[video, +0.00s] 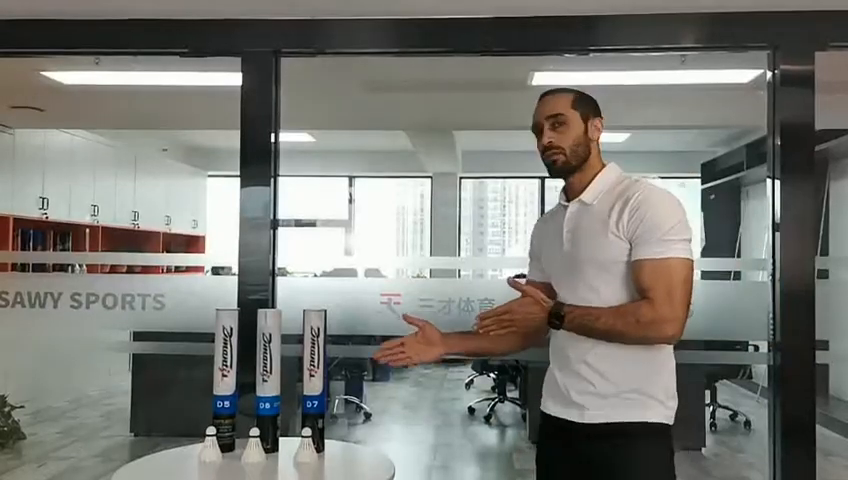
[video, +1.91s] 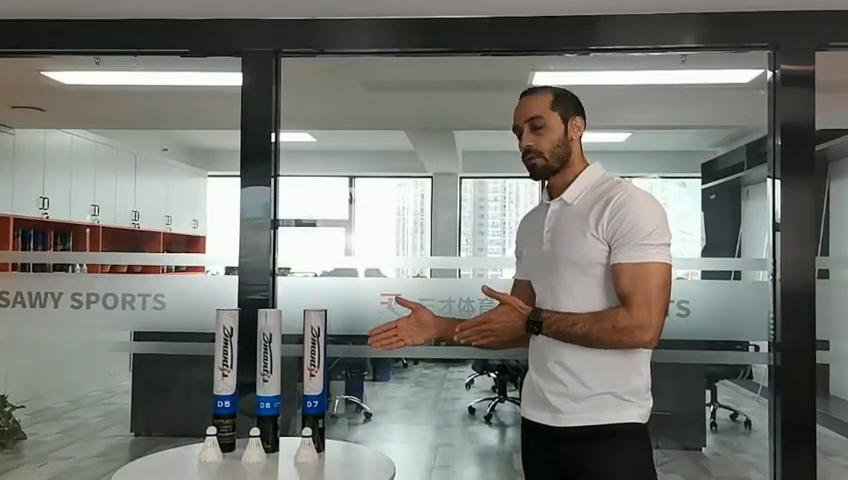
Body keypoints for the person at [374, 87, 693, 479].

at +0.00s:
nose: (545, 140)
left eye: (557, 124)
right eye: (538, 132)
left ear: (595, 128)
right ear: (535, 142)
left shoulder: (650, 205)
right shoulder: (546, 227)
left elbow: (665, 321)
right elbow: (532, 328)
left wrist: (555, 314)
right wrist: (445, 343)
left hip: (633, 425)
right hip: (560, 420)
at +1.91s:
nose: (524, 143)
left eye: (537, 127)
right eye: (519, 134)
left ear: (576, 128)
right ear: (518, 140)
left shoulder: (630, 207)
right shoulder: (532, 224)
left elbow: (642, 327)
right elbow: (521, 325)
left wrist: (534, 322)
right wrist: (441, 327)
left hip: (609, 427)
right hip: (541, 424)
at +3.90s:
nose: (494, 169)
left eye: (502, 151)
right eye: (490, 155)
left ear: (543, 135)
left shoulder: (621, 206)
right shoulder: (510, 224)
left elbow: (659, 327)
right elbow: (494, 324)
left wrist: (544, 321)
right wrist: (404, 342)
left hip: (618, 432)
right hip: (541, 431)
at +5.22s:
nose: (469, 158)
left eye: (479, 143)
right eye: (469, 146)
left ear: (523, 140)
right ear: (513, 143)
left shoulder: (606, 201)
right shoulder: (504, 241)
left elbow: (668, 313)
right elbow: (446, 323)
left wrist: (548, 331)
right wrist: (343, 361)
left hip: (640, 444)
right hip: (555, 440)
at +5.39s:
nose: (426, 179)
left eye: (435, 163)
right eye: (425, 166)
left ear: (479, 159)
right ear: (463, 165)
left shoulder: (562, 213)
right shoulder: (458, 262)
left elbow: (634, 315)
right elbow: (377, 334)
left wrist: (521, 341)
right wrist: (280, 380)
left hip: (619, 449)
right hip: (534, 449)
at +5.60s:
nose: (415, 175)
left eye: (428, 160)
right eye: (405, 165)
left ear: (461, 167)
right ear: (399, 178)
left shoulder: (527, 215)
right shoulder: (418, 278)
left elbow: (616, 305)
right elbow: (339, 352)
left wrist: (512, 347)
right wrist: (247, 407)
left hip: (608, 438)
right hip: (523, 446)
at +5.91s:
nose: (410, 160)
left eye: (424, 145)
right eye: (400, 151)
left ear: (458, 155)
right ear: (396, 167)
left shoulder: (525, 207)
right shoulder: (415, 271)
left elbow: (615, 302)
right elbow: (343, 351)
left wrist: (506, 345)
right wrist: (245, 388)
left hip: (605, 439)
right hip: (516, 449)